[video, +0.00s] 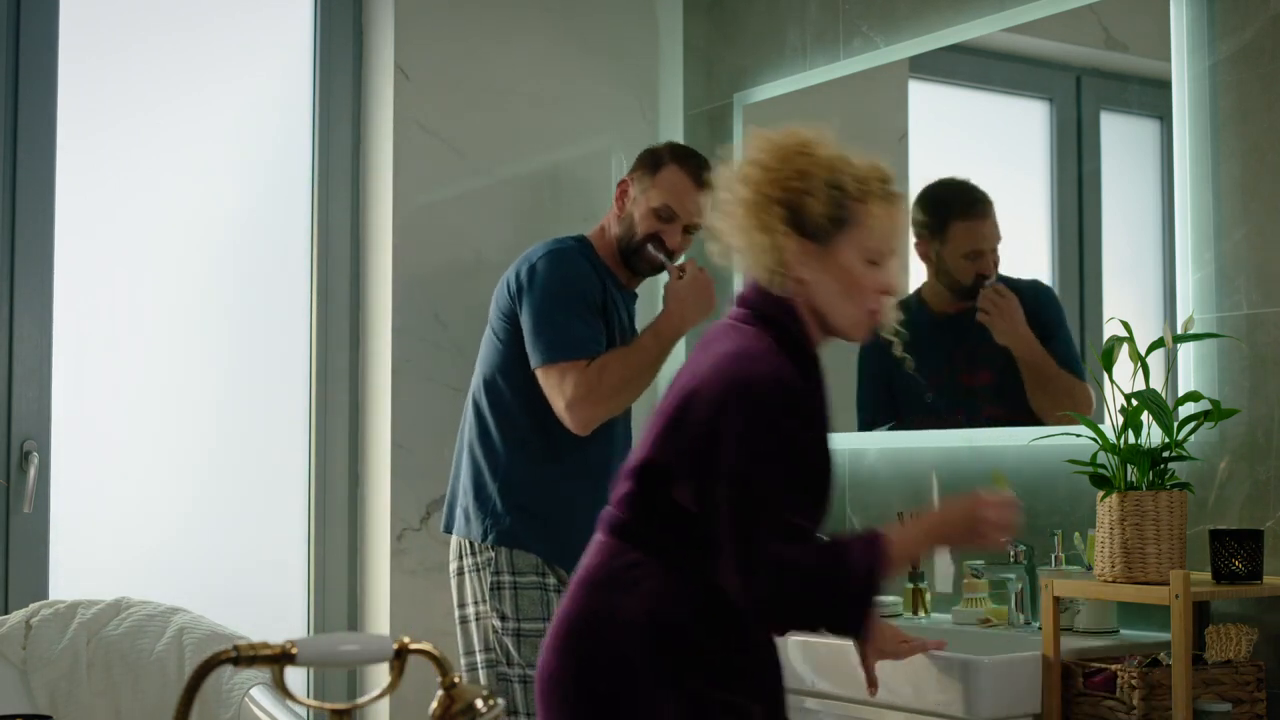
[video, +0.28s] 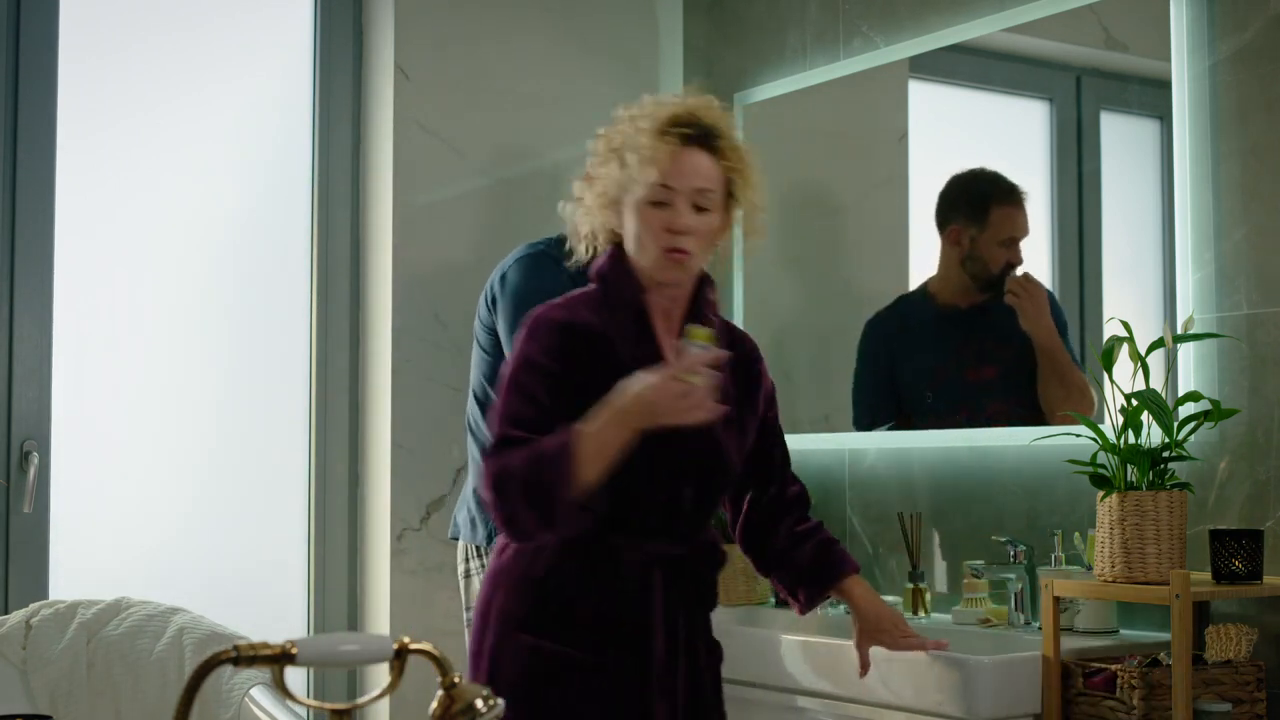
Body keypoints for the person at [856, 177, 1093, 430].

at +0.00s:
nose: (989, 269)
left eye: (994, 251)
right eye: (972, 257)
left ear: (998, 238)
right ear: (924, 251)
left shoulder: (1034, 302)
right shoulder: (889, 331)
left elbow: (1074, 416)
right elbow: (874, 447)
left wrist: (1020, 341)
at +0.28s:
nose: (1018, 259)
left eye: (1019, 244)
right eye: (1006, 245)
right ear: (956, 239)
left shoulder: (1037, 309)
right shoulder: (888, 330)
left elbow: (1073, 419)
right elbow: (874, 448)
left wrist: (1042, 330)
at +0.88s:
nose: (1009, 252)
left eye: (1011, 236)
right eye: (997, 234)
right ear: (948, 231)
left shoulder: (1029, 314)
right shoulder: (883, 331)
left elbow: (1071, 419)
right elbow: (870, 450)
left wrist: (1046, 331)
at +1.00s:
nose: (1005, 252)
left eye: (1007, 235)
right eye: (991, 234)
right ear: (942, 231)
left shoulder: (1029, 312)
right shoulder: (882, 331)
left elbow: (1069, 419)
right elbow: (869, 451)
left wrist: (1041, 330)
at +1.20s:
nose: (1004, 250)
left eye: (1005, 233)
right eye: (991, 233)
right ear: (941, 231)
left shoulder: (1027, 311)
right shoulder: (880, 331)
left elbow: (1067, 420)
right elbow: (867, 452)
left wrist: (1039, 332)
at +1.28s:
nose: (1005, 249)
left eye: (1006, 233)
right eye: (992, 233)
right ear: (942, 232)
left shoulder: (1027, 311)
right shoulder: (880, 332)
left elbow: (1067, 421)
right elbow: (868, 452)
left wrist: (1039, 331)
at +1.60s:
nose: (1007, 251)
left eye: (1007, 235)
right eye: (993, 235)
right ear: (944, 232)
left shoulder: (1028, 312)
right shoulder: (880, 332)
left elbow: (1069, 422)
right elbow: (867, 452)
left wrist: (1042, 336)